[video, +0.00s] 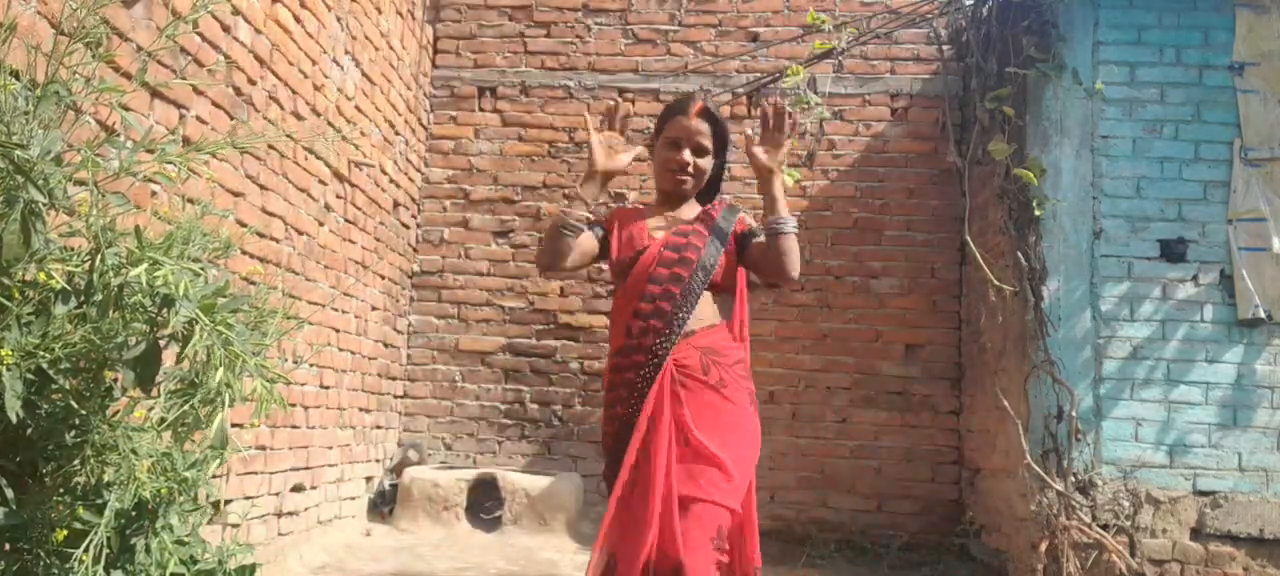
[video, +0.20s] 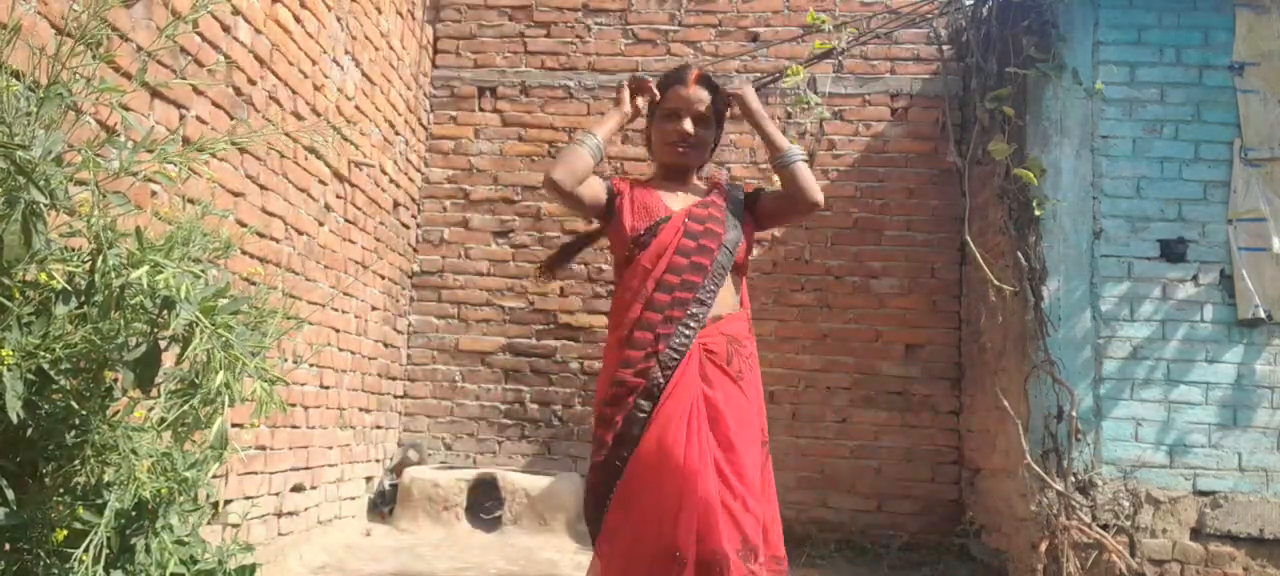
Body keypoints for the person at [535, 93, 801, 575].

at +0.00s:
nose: (684, 159)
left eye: (700, 151)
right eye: (673, 144)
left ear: (717, 163)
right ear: (652, 149)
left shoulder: (725, 222)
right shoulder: (623, 224)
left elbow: (784, 272)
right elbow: (553, 261)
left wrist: (771, 178)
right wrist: (594, 181)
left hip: (713, 390)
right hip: (637, 393)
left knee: (692, 545)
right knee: (637, 541)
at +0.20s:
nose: (685, 127)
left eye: (701, 118)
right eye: (671, 114)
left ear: (719, 132)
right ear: (649, 125)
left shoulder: (737, 203)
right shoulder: (625, 198)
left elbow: (809, 198)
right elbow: (562, 178)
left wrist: (760, 118)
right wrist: (619, 116)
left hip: (727, 367)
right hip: (647, 370)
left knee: (733, 507)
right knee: (654, 504)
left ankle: (736, 572)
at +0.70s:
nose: (680, 83)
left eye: (697, 77)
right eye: (669, 68)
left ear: (715, 95)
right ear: (646, 76)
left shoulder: (725, 147)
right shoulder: (622, 161)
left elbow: (758, 242)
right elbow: (551, 169)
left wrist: (695, 344)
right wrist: (619, 94)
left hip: (701, 370)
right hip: (617, 367)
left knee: (681, 524)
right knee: (604, 519)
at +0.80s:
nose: (674, 90)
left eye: (692, 83)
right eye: (664, 75)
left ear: (714, 105)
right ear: (645, 84)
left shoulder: (712, 160)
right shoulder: (626, 170)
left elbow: (724, 259)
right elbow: (546, 189)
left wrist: (663, 357)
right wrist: (603, 119)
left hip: (690, 385)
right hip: (614, 382)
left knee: (684, 539)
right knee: (593, 529)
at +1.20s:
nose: (658, 123)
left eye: (677, 117)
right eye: (653, 109)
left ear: (702, 135)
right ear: (640, 113)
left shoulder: (688, 193)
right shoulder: (635, 191)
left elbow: (683, 292)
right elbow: (557, 256)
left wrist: (619, 376)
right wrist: (601, 198)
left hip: (651, 392)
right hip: (609, 387)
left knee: (636, 546)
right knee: (609, 541)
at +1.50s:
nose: (672, 127)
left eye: (689, 120)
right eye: (661, 112)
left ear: (708, 138)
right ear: (641, 119)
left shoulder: (713, 194)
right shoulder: (620, 199)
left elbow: (739, 299)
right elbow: (541, 259)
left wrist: (666, 381)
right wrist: (600, 195)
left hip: (677, 400)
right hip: (610, 395)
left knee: (654, 545)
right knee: (604, 540)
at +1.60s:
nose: (687, 143)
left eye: (703, 135)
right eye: (674, 127)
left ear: (714, 151)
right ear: (644, 137)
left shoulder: (731, 210)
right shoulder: (624, 217)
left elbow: (765, 314)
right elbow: (552, 264)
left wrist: (700, 402)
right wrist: (639, 214)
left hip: (700, 410)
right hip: (619, 403)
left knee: (665, 530)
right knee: (598, 542)